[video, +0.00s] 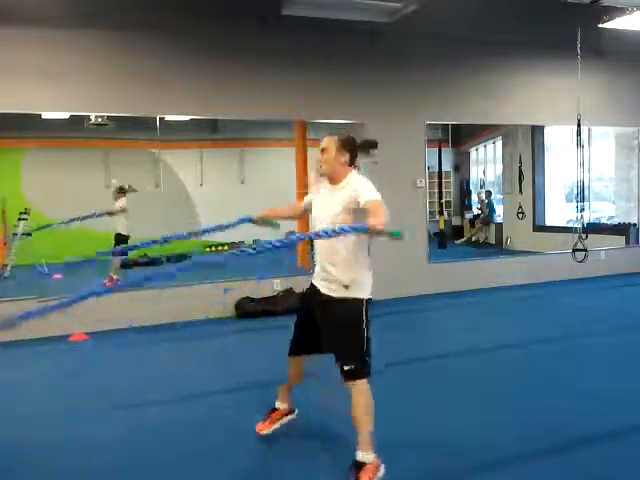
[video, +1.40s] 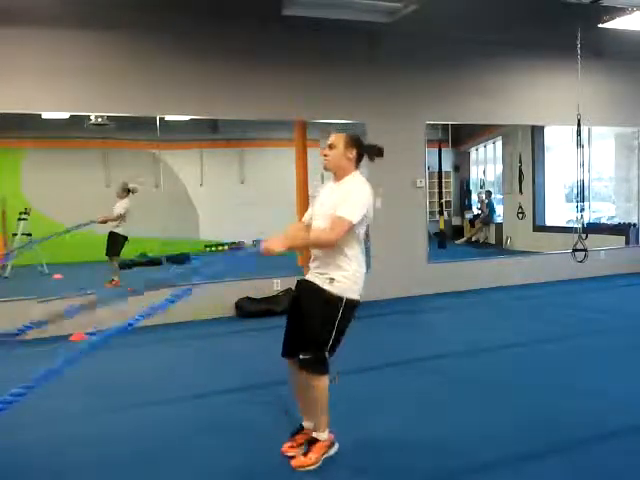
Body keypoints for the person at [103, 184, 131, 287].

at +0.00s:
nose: (113, 196)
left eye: (114, 194)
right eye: (113, 194)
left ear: (119, 194)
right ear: (121, 194)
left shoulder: (122, 203)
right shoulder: (119, 203)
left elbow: (115, 211)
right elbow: (113, 212)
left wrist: (103, 213)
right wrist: (102, 213)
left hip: (122, 232)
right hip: (119, 231)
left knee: (117, 256)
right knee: (116, 256)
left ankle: (113, 276)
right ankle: (113, 276)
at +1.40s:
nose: (118, 193)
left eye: (120, 191)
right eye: (118, 190)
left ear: (125, 192)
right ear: (123, 192)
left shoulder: (124, 204)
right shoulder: (121, 202)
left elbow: (118, 217)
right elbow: (117, 216)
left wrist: (105, 220)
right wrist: (105, 219)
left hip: (119, 232)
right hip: (115, 231)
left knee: (114, 257)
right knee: (111, 257)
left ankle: (116, 279)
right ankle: (114, 278)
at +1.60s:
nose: (117, 195)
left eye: (119, 194)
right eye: (118, 193)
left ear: (124, 195)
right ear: (123, 195)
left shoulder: (124, 205)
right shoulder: (120, 204)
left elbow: (122, 216)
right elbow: (116, 217)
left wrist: (108, 217)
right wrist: (102, 219)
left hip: (121, 236)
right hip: (117, 235)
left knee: (116, 260)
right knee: (114, 259)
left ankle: (116, 279)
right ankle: (115, 279)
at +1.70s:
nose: (118, 189)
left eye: (120, 187)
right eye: (119, 187)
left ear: (124, 189)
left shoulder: (125, 197)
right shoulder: (118, 199)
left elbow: (124, 204)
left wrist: (104, 204)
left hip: (121, 231)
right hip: (115, 230)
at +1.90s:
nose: (108, 197)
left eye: (110, 195)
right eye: (109, 195)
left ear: (114, 195)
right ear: (114, 195)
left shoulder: (119, 205)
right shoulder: (113, 205)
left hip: (121, 234)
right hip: (116, 234)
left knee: (120, 259)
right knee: (116, 259)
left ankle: (122, 280)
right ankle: (118, 278)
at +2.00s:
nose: (108, 201)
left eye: (109, 199)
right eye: (108, 199)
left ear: (113, 200)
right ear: (112, 200)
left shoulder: (116, 210)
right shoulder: (111, 210)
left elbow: (109, 219)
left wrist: (106, 212)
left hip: (119, 237)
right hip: (115, 236)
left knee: (116, 260)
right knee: (110, 260)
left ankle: (122, 280)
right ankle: (116, 279)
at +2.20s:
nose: (109, 192)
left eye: (111, 190)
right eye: (110, 189)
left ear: (116, 191)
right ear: (114, 190)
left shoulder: (118, 200)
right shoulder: (111, 200)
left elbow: (117, 210)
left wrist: (102, 209)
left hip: (111, 229)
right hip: (105, 228)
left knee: (105, 254)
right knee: (103, 254)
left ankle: (108, 275)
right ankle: (107, 274)